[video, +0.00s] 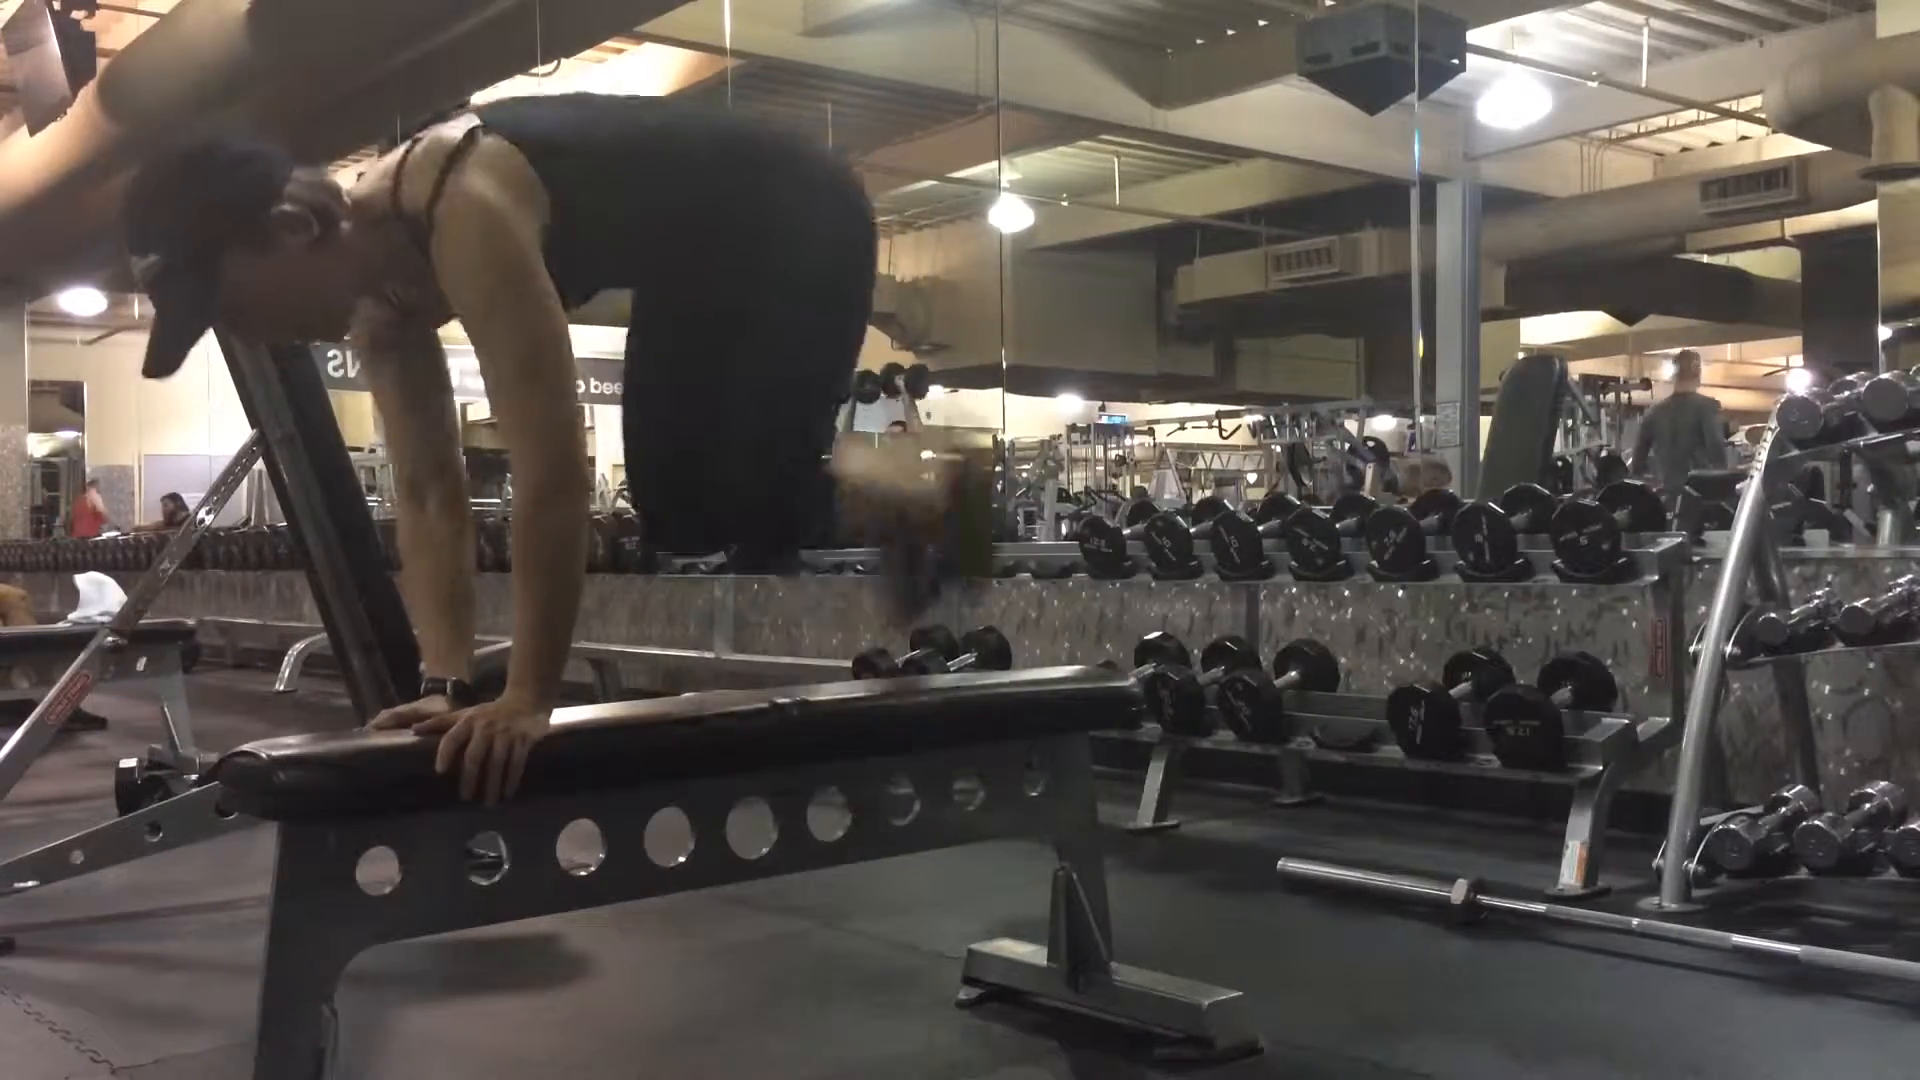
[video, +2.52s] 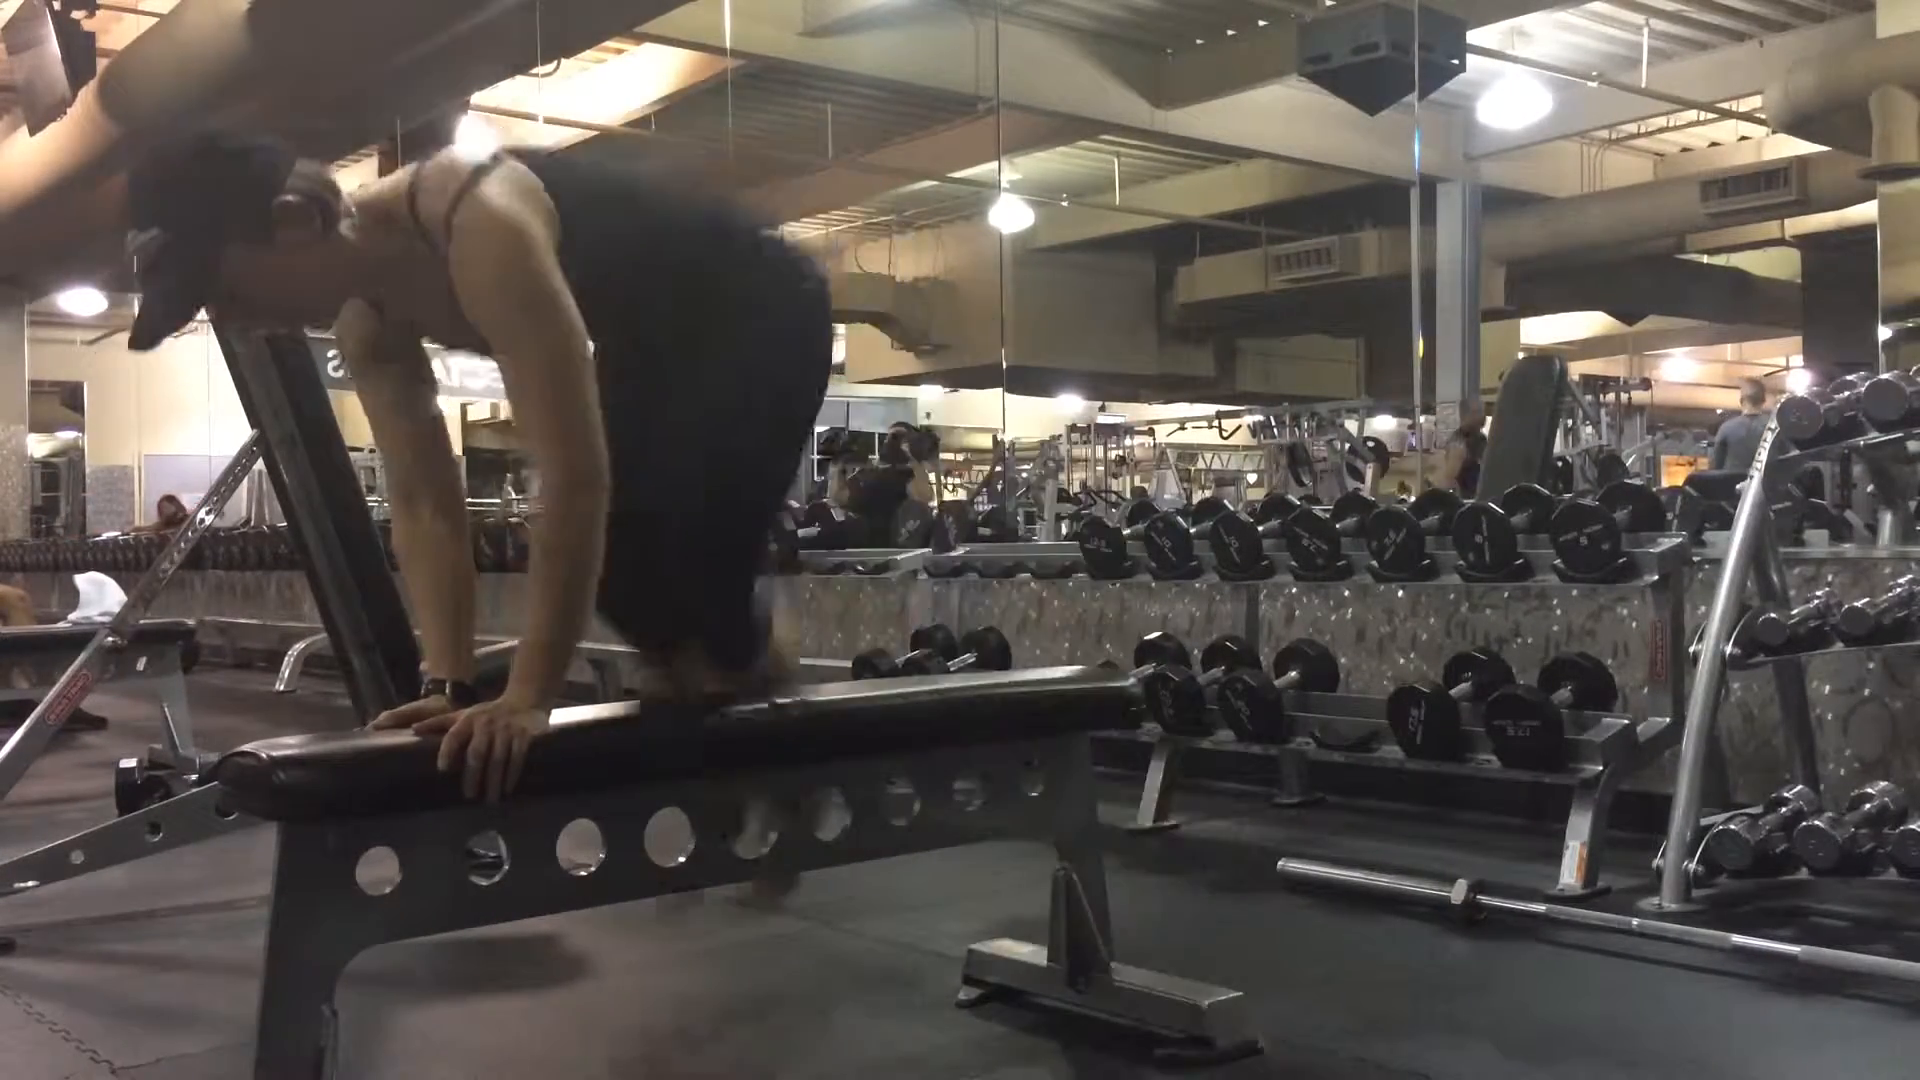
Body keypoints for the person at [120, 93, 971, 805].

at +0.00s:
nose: (262, 339)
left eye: (245, 310)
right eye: (235, 326)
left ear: (298, 227)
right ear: (295, 231)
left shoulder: (472, 211)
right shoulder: (380, 277)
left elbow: (555, 469)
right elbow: (424, 486)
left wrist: (526, 698)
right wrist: (444, 684)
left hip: (797, 215)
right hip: (696, 252)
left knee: (740, 495)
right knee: (675, 499)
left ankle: (931, 502)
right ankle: (886, 497)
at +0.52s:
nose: (333, 313)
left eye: (316, 284)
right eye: (310, 298)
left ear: (353, 216)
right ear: (347, 226)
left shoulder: (540, 245)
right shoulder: (457, 295)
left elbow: (610, 511)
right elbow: (496, 504)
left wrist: (529, 705)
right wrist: (457, 681)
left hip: (898, 451)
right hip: (849, 483)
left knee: (1003, 781)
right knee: (977, 773)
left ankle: (1234, 1024)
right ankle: (1162, 997)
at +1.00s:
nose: (237, 329)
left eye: (228, 297)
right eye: (216, 312)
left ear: (284, 220)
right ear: (284, 222)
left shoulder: (470, 213)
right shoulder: (354, 310)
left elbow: (561, 473)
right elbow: (414, 492)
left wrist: (527, 694)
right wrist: (447, 682)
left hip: (747, 294)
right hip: (632, 327)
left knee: (647, 576)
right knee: (599, 572)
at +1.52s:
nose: (229, 361)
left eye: (211, 333)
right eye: (203, 347)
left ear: (255, 242)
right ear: (250, 248)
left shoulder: (435, 220)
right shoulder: (340, 295)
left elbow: (544, 472)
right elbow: (405, 492)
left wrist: (524, 696)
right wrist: (445, 680)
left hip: (758, 217)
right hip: (654, 256)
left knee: (709, 494)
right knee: (614, 516)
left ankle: (891, 483)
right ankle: (847, 491)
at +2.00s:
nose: (278, 319)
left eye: (261, 290)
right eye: (256, 304)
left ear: (298, 221)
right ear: (291, 233)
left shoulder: (483, 244)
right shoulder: (427, 294)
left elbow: (577, 493)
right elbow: (493, 499)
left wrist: (529, 698)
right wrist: (459, 674)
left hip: (867, 423)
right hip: (816, 449)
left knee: (986, 738)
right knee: (939, 749)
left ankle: (1180, 1009)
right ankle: (1112, 982)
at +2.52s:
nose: (251, 324)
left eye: (237, 295)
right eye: (228, 310)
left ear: (292, 222)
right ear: (294, 227)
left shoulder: (488, 225)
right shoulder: (367, 317)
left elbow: (574, 476)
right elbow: (423, 498)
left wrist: (525, 696)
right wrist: (446, 685)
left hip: (754, 310)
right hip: (643, 349)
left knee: (698, 591)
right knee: (633, 590)